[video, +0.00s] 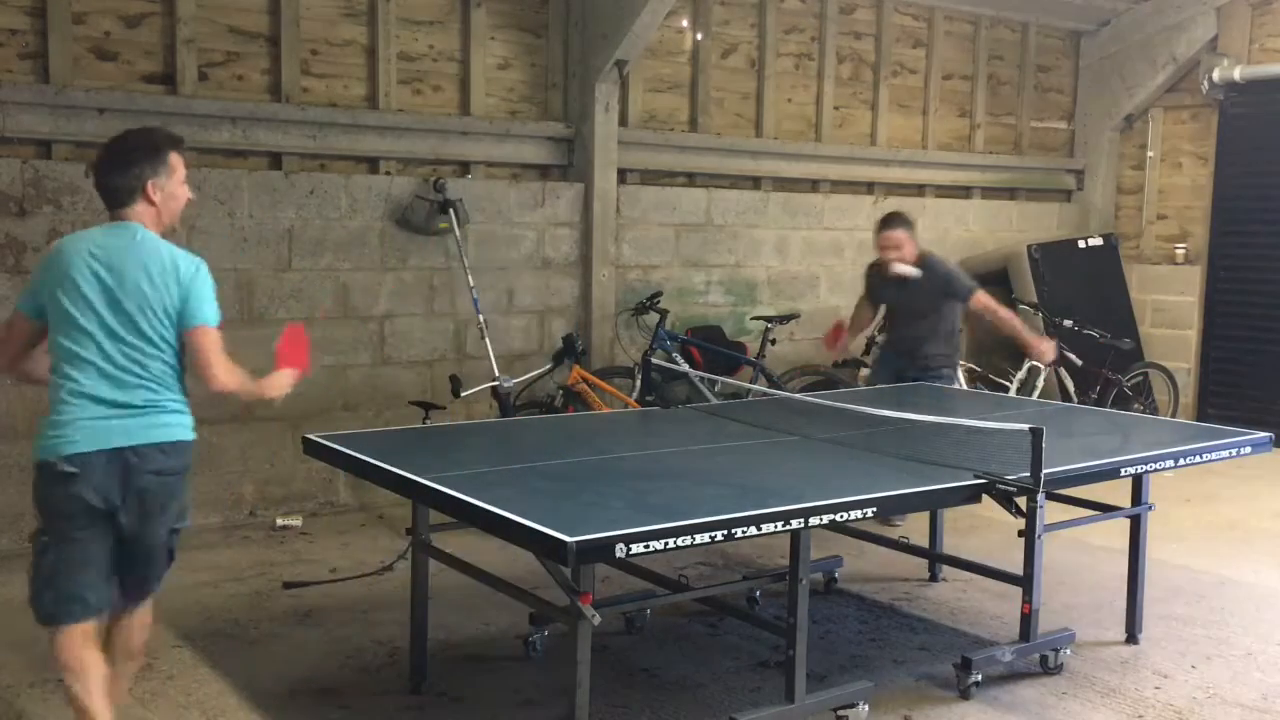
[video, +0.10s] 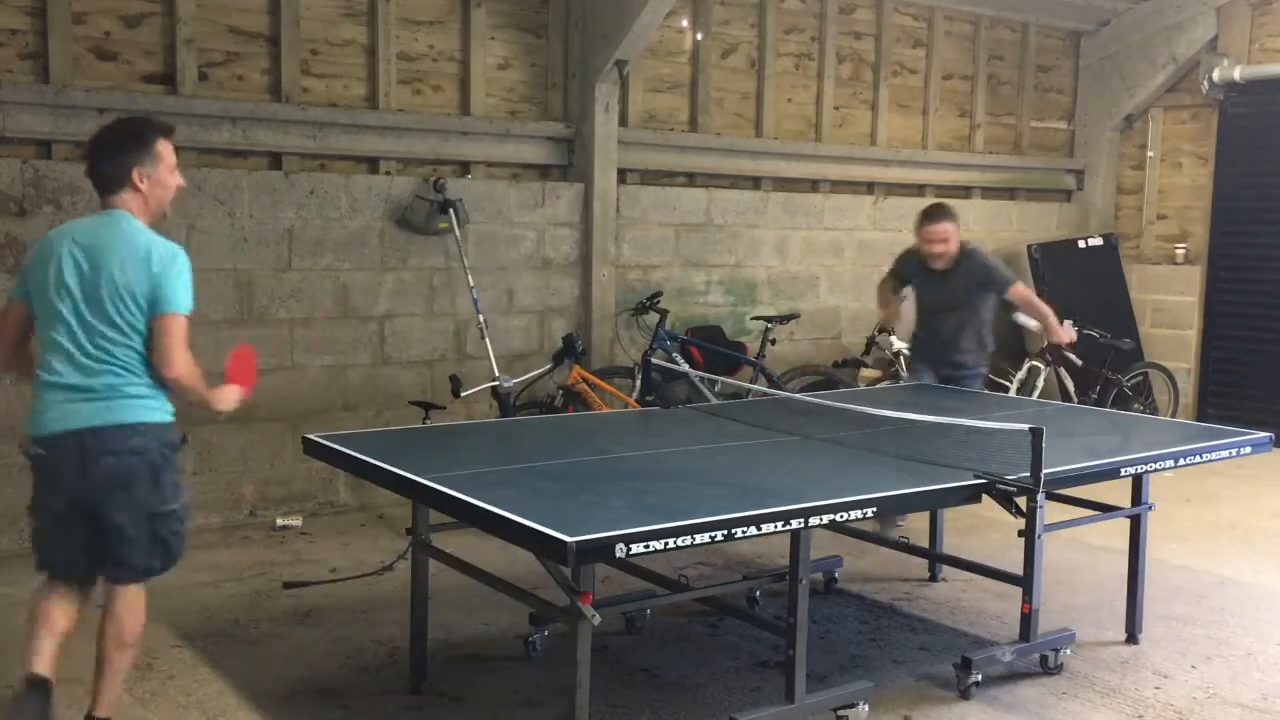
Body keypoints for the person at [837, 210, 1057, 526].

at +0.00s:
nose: (890, 255)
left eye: (897, 247)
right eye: (884, 248)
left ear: (914, 244)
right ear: (878, 247)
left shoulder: (938, 272)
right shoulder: (877, 273)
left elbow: (989, 307)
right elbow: (868, 306)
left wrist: (1032, 341)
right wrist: (848, 333)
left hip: (934, 372)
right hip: (891, 368)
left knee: (921, 439)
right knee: (879, 431)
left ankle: (898, 503)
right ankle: (879, 496)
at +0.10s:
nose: (936, 249)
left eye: (944, 241)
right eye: (929, 241)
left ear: (958, 237)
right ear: (918, 239)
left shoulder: (978, 264)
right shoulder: (913, 260)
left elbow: (1021, 295)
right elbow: (887, 288)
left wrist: (1053, 326)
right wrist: (889, 314)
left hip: (968, 369)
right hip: (924, 362)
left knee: (956, 438)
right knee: (911, 430)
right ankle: (890, 511)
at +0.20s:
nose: (993, 252)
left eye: (1000, 244)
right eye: (985, 244)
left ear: (1010, 239)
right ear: (967, 240)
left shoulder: (1028, 266)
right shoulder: (948, 263)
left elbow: (1059, 319)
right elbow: (920, 302)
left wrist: (1087, 374)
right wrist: (953, 322)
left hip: (1006, 369)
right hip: (960, 365)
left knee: (1000, 443)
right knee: (958, 439)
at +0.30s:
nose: (1068, 252)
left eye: (1073, 243)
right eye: (1059, 243)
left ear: (1079, 241)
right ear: (1035, 238)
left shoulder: (1081, 273)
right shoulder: (1005, 275)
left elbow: (1082, 327)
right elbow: (979, 332)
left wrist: (1092, 374)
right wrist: (1037, 354)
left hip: (1050, 382)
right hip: (1000, 381)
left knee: (1065, 452)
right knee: (980, 454)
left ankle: (1047, 525)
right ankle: (940, 527)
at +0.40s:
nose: (1143, 251)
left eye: (1147, 242)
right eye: (1135, 241)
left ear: (1146, 241)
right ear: (1106, 237)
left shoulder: (1117, 273)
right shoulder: (1077, 275)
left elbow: (1097, 340)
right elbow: (1076, 353)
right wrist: (1128, 390)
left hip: (1091, 387)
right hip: (1052, 388)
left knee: (1146, 455)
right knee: (1019, 467)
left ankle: (1171, 559)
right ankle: (955, 522)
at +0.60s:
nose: (1270, 259)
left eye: (1270, 250)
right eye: (1264, 249)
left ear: (1222, 252)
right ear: (1234, 251)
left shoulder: (1168, 285)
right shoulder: (1243, 304)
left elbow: (1146, 348)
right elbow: (1274, 367)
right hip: (1163, 419)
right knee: (1187, 513)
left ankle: (1189, 569)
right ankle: (1082, 530)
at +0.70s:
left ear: (1253, 258)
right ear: (1278, 262)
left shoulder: (1202, 288)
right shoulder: (1273, 299)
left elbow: (1150, 338)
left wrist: (1156, 385)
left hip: (1150, 405)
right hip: (1198, 410)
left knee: (1241, 480)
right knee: (1268, 488)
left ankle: (1193, 565)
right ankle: (1193, 563)